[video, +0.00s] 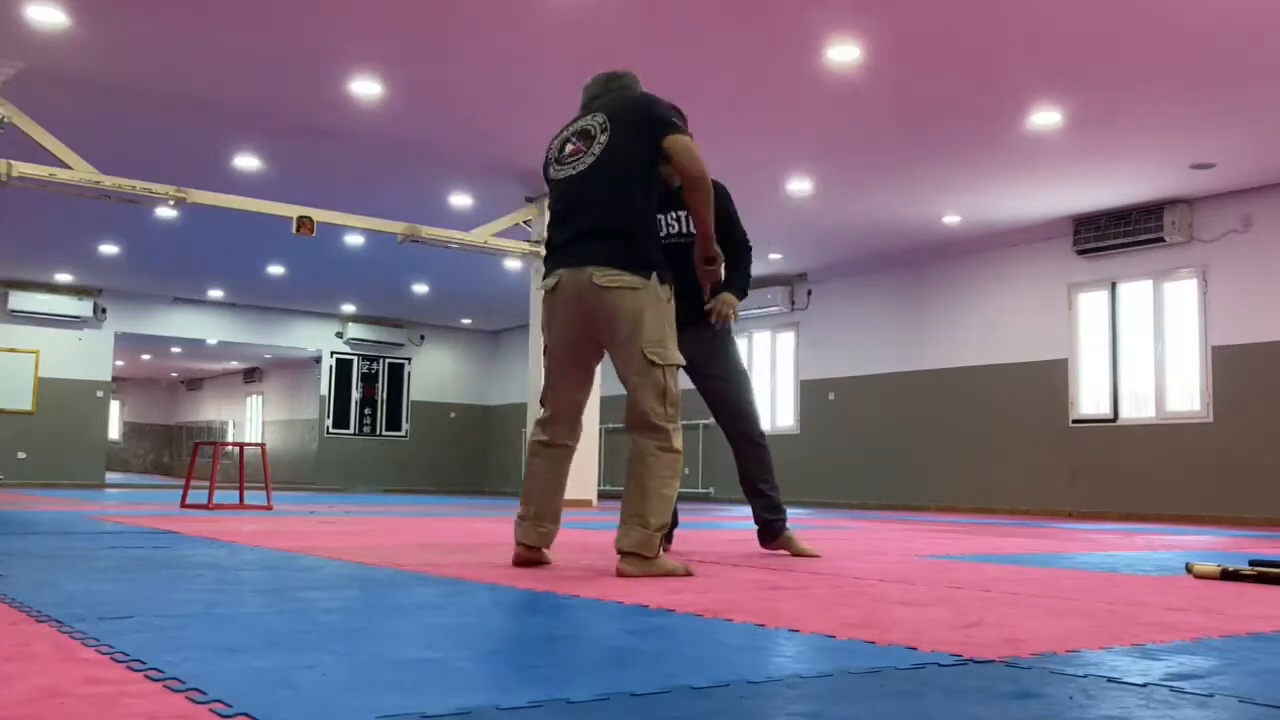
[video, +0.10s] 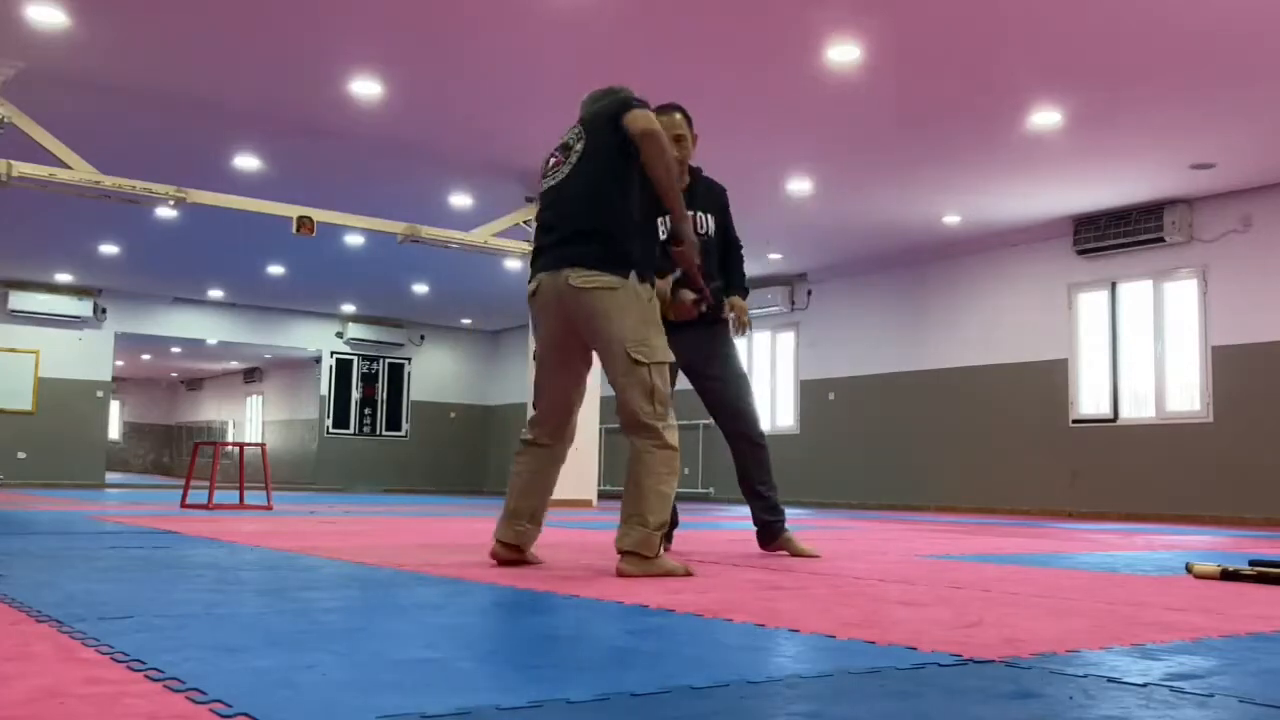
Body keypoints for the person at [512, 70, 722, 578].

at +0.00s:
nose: (644, 93)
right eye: (641, 88)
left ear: (586, 100)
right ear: (633, 89)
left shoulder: (559, 142)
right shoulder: (648, 107)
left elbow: (569, 211)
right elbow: (694, 171)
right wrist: (707, 244)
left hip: (563, 284)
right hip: (631, 282)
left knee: (557, 418)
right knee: (655, 420)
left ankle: (530, 540)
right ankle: (641, 550)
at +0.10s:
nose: (649, 117)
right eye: (644, 113)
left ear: (585, 113)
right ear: (625, 104)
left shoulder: (560, 157)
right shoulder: (619, 104)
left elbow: (599, 249)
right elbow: (649, 131)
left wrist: (666, 302)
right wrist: (682, 227)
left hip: (548, 289)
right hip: (609, 284)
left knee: (548, 424)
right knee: (652, 425)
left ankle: (511, 539)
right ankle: (641, 551)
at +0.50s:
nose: (633, 112)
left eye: (632, 104)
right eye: (631, 104)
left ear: (578, 98)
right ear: (622, 102)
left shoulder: (546, 139)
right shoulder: (607, 121)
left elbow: (549, 220)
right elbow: (617, 166)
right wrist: (648, 230)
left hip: (518, 284)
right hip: (573, 280)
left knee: (543, 421)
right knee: (622, 420)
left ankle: (514, 542)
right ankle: (630, 551)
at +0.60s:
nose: (616, 109)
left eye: (613, 101)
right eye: (615, 101)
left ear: (559, 96)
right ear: (608, 98)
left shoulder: (513, 144)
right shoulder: (606, 120)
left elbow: (483, 235)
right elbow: (663, 196)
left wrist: (518, 274)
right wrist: (695, 254)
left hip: (503, 282)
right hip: (560, 276)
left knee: (532, 417)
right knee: (599, 415)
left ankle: (513, 544)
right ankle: (616, 550)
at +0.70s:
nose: (608, 108)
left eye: (606, 100)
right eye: (607, 100)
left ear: (547, 91)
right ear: (597, 97)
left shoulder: (499, 134)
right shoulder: (601, 127)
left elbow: (464, 211)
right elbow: (627, 225)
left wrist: (493, 266)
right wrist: (640, 292)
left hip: (500, 279)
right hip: (560, 276)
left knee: (522, 413)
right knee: (575, 411)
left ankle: (508, 541)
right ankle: (542, 540)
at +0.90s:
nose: (598, 95)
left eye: (597, 87)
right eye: (597, 86)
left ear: (538, 77)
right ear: (587, 83)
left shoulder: (493, 130)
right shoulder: (585, 113)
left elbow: (461, 224)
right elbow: (612, 207)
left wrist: (516, 241)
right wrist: (622, 284)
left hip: (490, 292)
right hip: (547, 291)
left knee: (524, 417)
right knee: (563, 424)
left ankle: (513, 545)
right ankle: (501, 549)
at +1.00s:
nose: (598, 109)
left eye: (599, 101)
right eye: (598, 99)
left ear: (545, 84)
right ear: (588, 90)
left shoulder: (514, 128)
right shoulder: (569, 111)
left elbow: (528, 217)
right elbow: (573, 191)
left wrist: (588, 213)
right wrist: (611, 264)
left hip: (494, 296)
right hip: (537, 295)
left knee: (519, 428)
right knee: (565, 425)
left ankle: (507, 543)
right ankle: (503, 549)